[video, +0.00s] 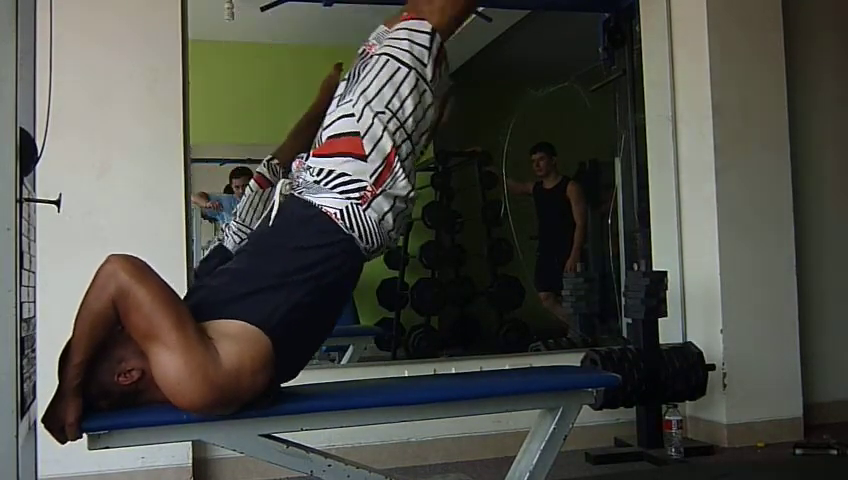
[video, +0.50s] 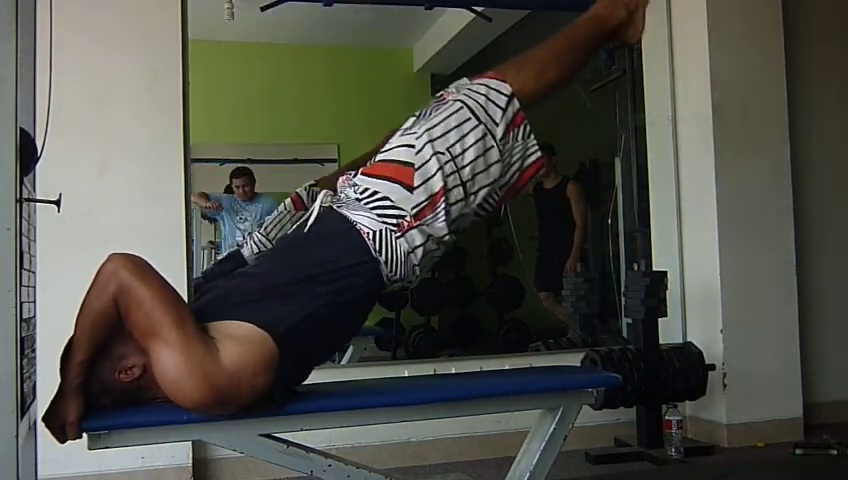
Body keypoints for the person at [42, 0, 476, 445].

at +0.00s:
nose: (123, 359)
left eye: (115, 362)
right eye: (120, 360)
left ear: (124, 375)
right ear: (129, 368)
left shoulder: (187, 367)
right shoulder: (191, 376)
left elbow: (117, 274)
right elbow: (117, 272)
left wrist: (72, 370)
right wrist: (69, 385)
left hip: (296, 212)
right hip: (337, 208)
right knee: (422, 16)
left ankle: (324, 101)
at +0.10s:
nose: (127, 357)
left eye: (117, 360)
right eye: (121, 362)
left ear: (124, 371)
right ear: (130, 368)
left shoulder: (190, 361)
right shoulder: (193, 375)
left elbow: (119, 272)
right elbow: (117, 271)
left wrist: (73, 376)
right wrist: (69, 387)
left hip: (313, 209)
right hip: (345, 211)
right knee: (444, 24)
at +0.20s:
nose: (126, 361)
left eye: (113, 361)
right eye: (117, 370)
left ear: (125, 362)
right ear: (129, 379)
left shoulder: (187, 349)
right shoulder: (194, 374)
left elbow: (118, 274)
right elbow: (117, 272)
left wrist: (69, 378)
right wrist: (70, 383)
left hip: (312, 209)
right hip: (348, 213)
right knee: (465, 33)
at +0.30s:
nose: (126, 366)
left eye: (113, 364)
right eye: (118, 377)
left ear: (125, 360)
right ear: (133, 385)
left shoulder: (188, 353)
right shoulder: (194, 374)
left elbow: (118, 276)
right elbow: (118, 272)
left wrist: (69, 378)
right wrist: (70, 382)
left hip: (331, 207)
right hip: (363, 213)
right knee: (483, 49)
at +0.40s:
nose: (128, 357)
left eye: (114, 364)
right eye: (122, 365)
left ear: (126, 371)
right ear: (130, 373)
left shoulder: (190, 358)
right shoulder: (194, 376)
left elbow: (116, 276)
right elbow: (119, 273)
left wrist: (71, 384)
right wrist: (72, 387)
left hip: (340, 212)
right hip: (370, 219)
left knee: (469, 82)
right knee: (486, 75)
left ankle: (592, 7)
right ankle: (595, 2)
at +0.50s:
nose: (130, 367)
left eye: (117, 368)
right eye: (122, 376)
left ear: (129, 365)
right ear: (134, 381)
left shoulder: (191, 354)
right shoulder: (198, 377)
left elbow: (116, 277)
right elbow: (119, 274)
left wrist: (71, 383)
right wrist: (73, 385)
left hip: (351, 214)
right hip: (376, 225)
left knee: (477, 102)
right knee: (487, 99)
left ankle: (605, 22)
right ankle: (610, 17)